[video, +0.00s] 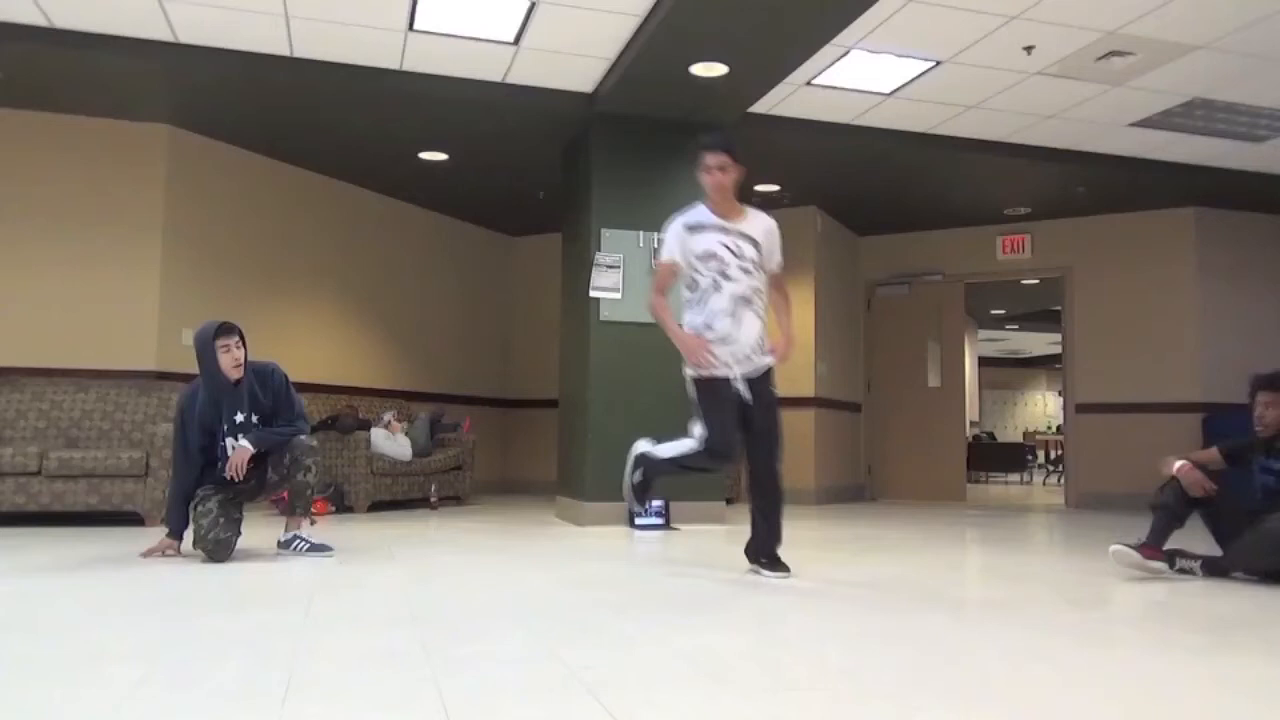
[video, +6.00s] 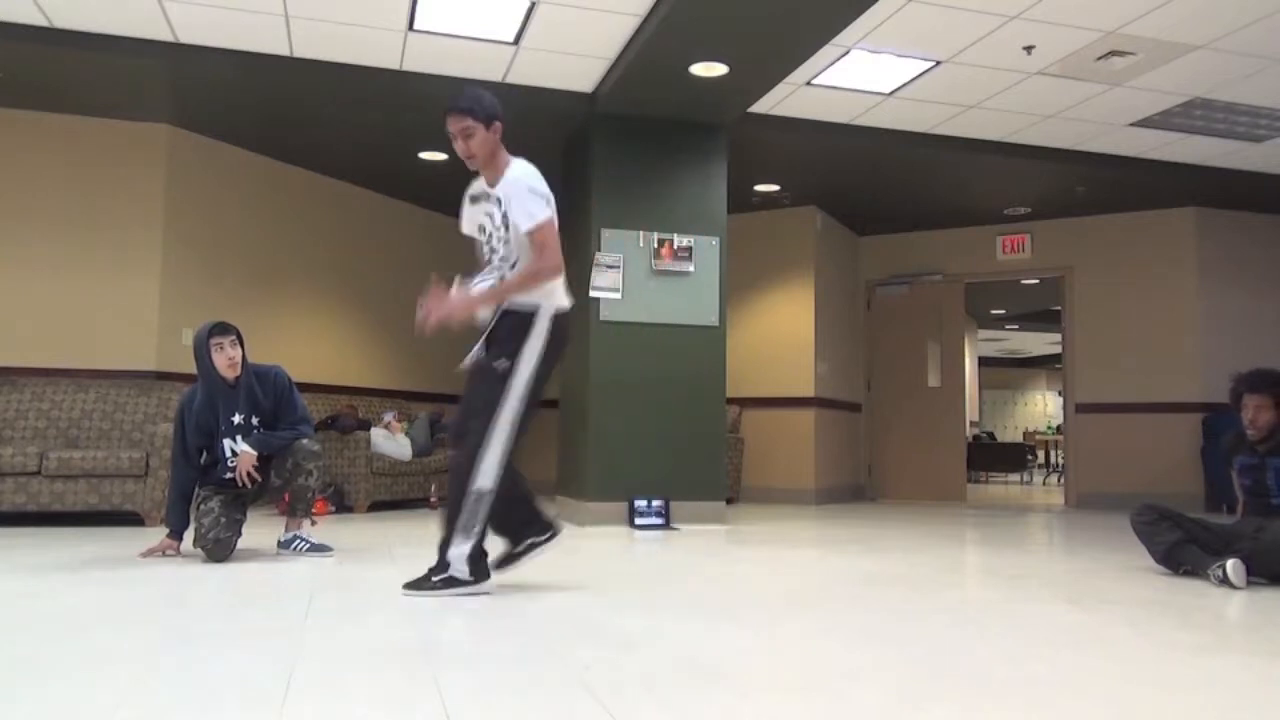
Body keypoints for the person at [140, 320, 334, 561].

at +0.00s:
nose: (237, 355)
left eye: (239, 346)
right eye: (225, 350)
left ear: (245, 348)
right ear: (208, 358)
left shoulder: (268, 377)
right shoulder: (193, 401)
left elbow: (299, 426)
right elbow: (185, 470)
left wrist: (251, 442)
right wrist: (174, 534)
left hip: (262, 474)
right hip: (217, 488)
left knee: (303, 449)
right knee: (216, 550)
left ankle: (292, 534)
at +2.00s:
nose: (232, 356)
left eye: (235, 347)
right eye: (220, 351)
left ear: (243, 349)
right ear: (206, 359)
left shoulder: (271, 379)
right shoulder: (194, 403)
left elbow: (302, 428)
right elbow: (184, 470)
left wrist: (252, 445)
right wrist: (174, 535)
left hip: (264, 476)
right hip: (219, 489)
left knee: (306, 450)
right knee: (216, 549)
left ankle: (292, 534)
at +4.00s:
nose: (230, 356)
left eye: (234, 347)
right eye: (219, 351)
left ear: (242, 350)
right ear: (205, 359)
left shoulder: (272, 380)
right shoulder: (193, 404)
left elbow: (304, 429)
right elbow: (184, 470)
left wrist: (254, 446)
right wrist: (174, 535)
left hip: (265, 477)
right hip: (219, 488)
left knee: (308, 450)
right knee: (215, 549)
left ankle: (292, 534)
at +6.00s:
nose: (231, 354)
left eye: (234, 345)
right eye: (219, 349)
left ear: (242, 349)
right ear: (205, 358)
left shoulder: (272, 380)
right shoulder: (194, 403)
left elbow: (303, 429)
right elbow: (184, 470)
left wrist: (255, 444)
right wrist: (174, 535)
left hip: (266, 477)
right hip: (220, 488)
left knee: (307, 449)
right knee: (215, 549)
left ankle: (292, 535)